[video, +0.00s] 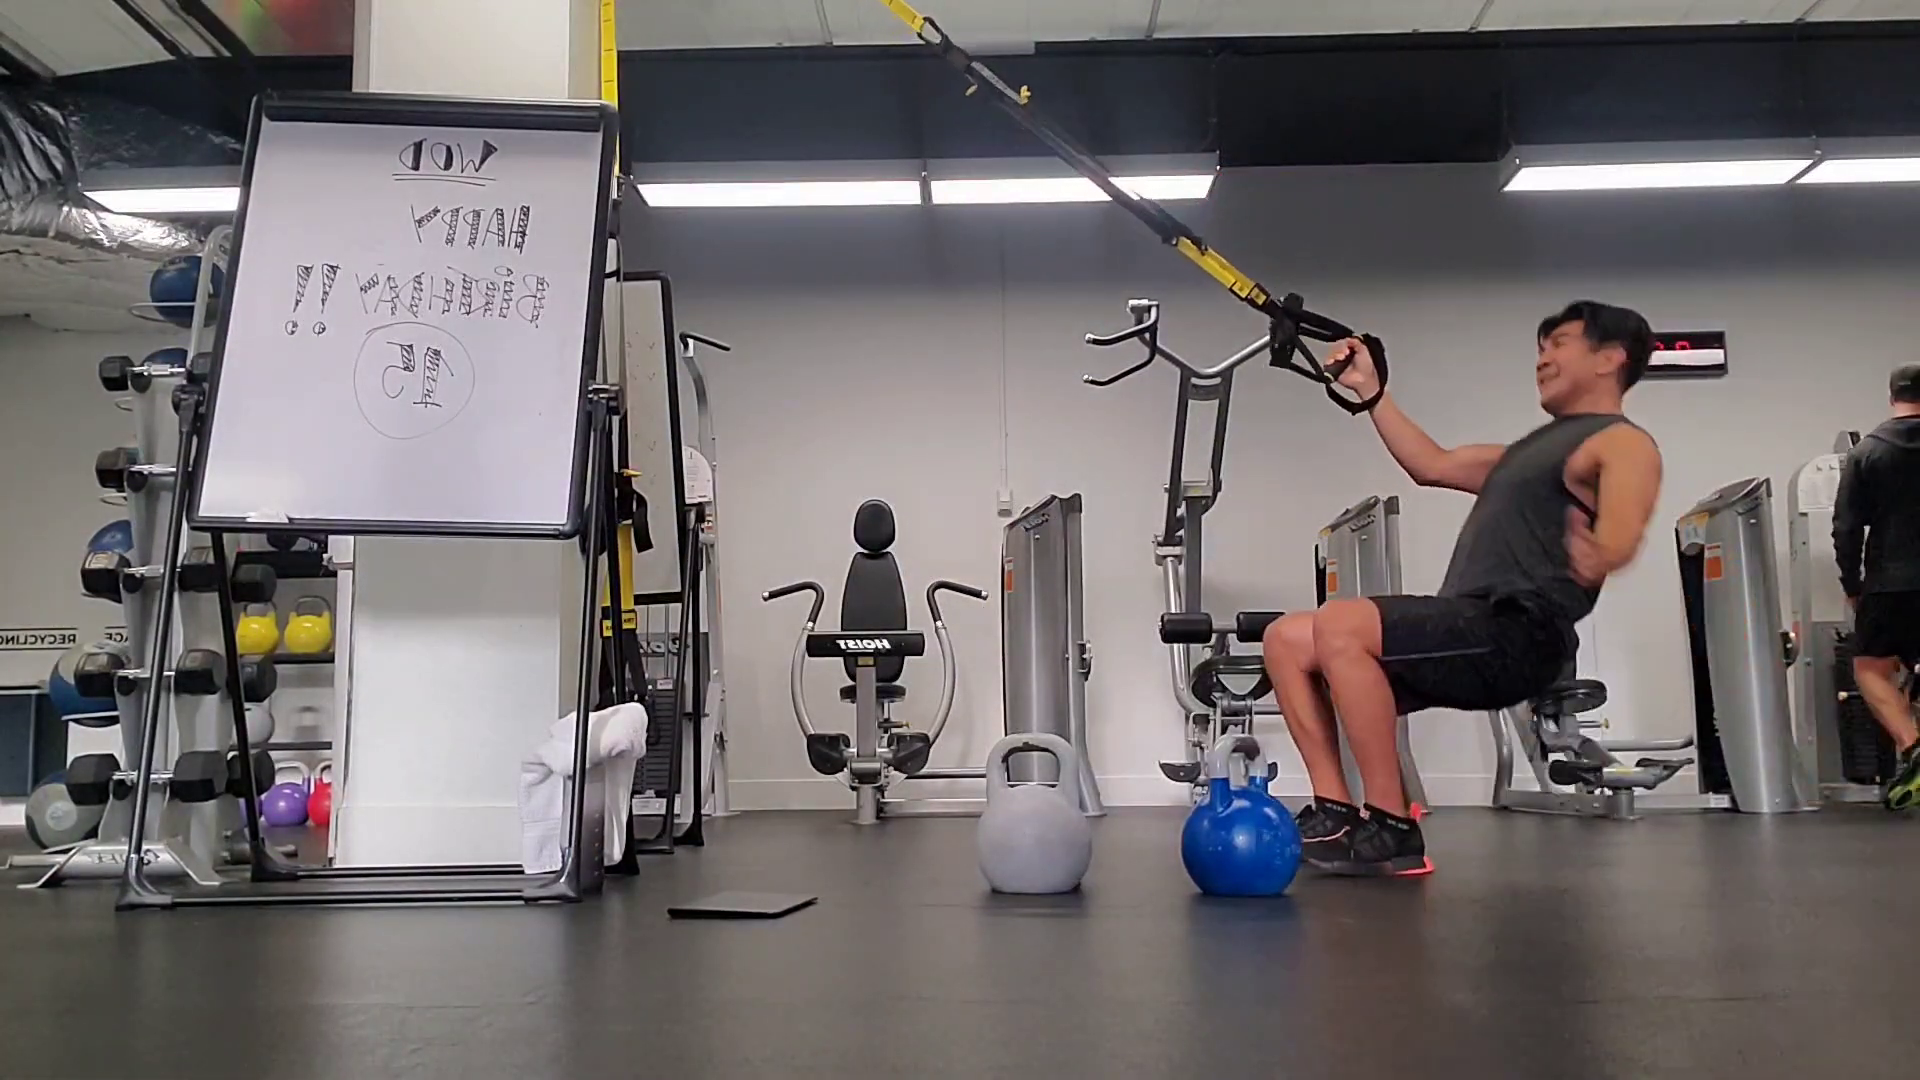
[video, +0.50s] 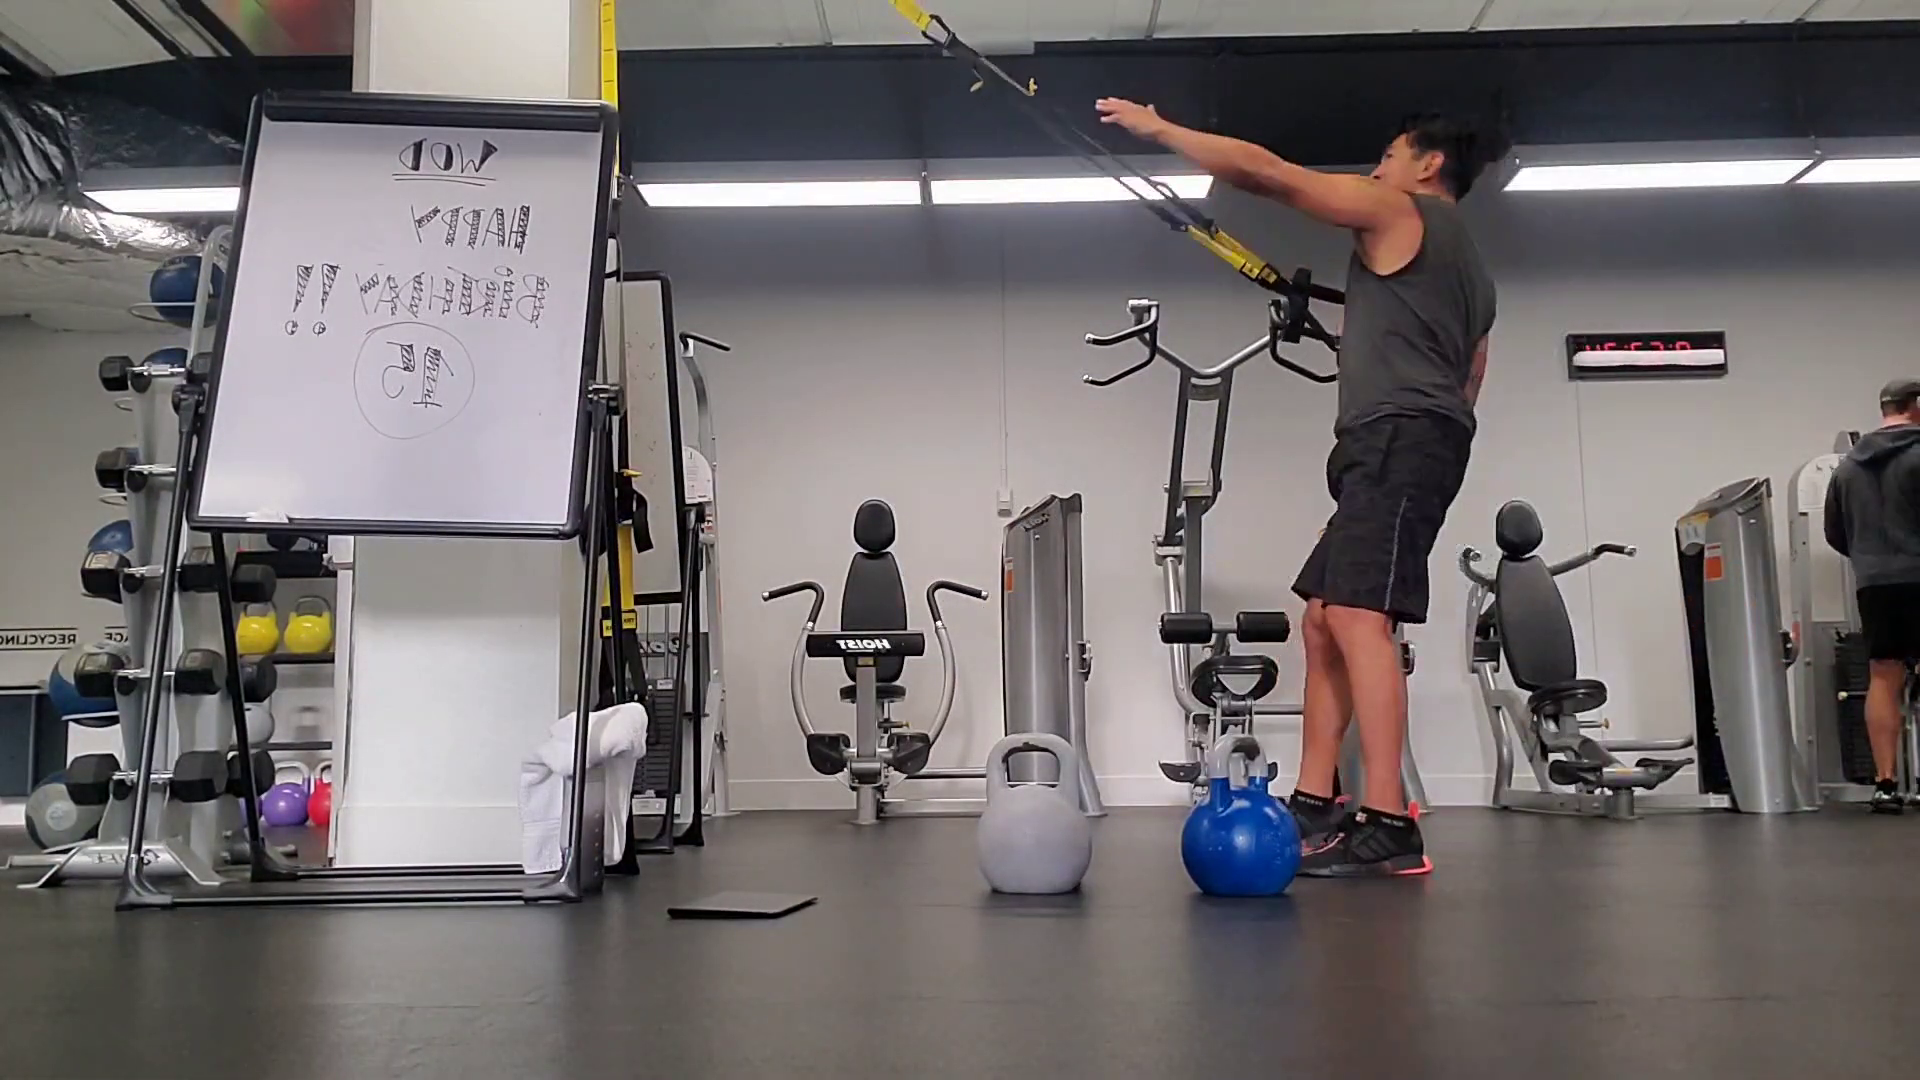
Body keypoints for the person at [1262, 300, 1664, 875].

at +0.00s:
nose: (1541, 358)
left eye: (1558, 342)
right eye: (1541, 349)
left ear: (1611, 357)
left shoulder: (1626, 443)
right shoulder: (1529, 453)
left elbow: (1621, 538)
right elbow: (1432, 465)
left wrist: (1595, 557)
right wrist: (1373, 392)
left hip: (1520, 631)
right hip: (1467, 623)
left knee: (1341, 629)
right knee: (1286, 638)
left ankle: (1391, 825)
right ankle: (1333, 811)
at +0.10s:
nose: (1506, 300)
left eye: (1522, 284)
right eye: (1511, 287)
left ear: (1574, 297)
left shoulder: (1582, 371)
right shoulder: (1519, 386)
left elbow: (1526, 423)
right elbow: (1428, 454)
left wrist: (1428, 399)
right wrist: (1378, 381)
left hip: (1499, 571)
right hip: (1453, 564)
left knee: (1328, 629)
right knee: (1281, 636)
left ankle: (1389, 824)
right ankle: (1334, 809)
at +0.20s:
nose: (1470, 243)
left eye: (1486, 228)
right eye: (1475, 231)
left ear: (1534, 238)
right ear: (1529, 242)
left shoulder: (1541, 305)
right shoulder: (1498, 326)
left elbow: (1439, 312)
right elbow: (1439, 439)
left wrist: (1323, 271)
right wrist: (1386, 380)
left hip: (1479, 508)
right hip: (1436, 509)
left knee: (1330, 622)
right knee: (1289, 630)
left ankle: (1388, 824)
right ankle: (1337, 812)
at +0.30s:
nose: (1436, 195)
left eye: (1451, 181)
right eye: (1441, 183)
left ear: (1495, 192)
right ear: (1490, 196)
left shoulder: (1491, 247)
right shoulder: (1474, 271)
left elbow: (1365, 237)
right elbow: (1440, 407)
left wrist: (1252, 186)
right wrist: (1389, 363)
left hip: (1458, 460)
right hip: (1421, 463)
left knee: (1344, 617)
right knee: (1301, 612)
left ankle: (1389, 824)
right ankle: (1332, 804)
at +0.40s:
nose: (1405, 172)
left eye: (1419, 159)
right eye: (1412, 160)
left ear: (1461, 170)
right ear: (1464, 175)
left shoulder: (1441, 217)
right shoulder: (1469, 254)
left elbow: (1313, 190)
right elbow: (1455, 357)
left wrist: (1197, 141)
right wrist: (1384, 341)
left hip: (1435, 436)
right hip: (1410, 441)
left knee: (1353, 609)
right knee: (1310, 608)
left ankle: (1388, 820)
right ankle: (1321, 796)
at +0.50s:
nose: (1380, 164)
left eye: (1393, 153)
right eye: (1387, 153)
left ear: (1432, 164)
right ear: (1442, 171)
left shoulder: (1398, 206)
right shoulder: (1468, 265)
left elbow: (1269, 172)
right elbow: (1466, 384)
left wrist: (1158, 128)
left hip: (1399, 433)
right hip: (1421, 440)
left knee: (1360, 615)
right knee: (1321, 617)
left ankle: (1387, 822)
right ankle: (1315, 803)